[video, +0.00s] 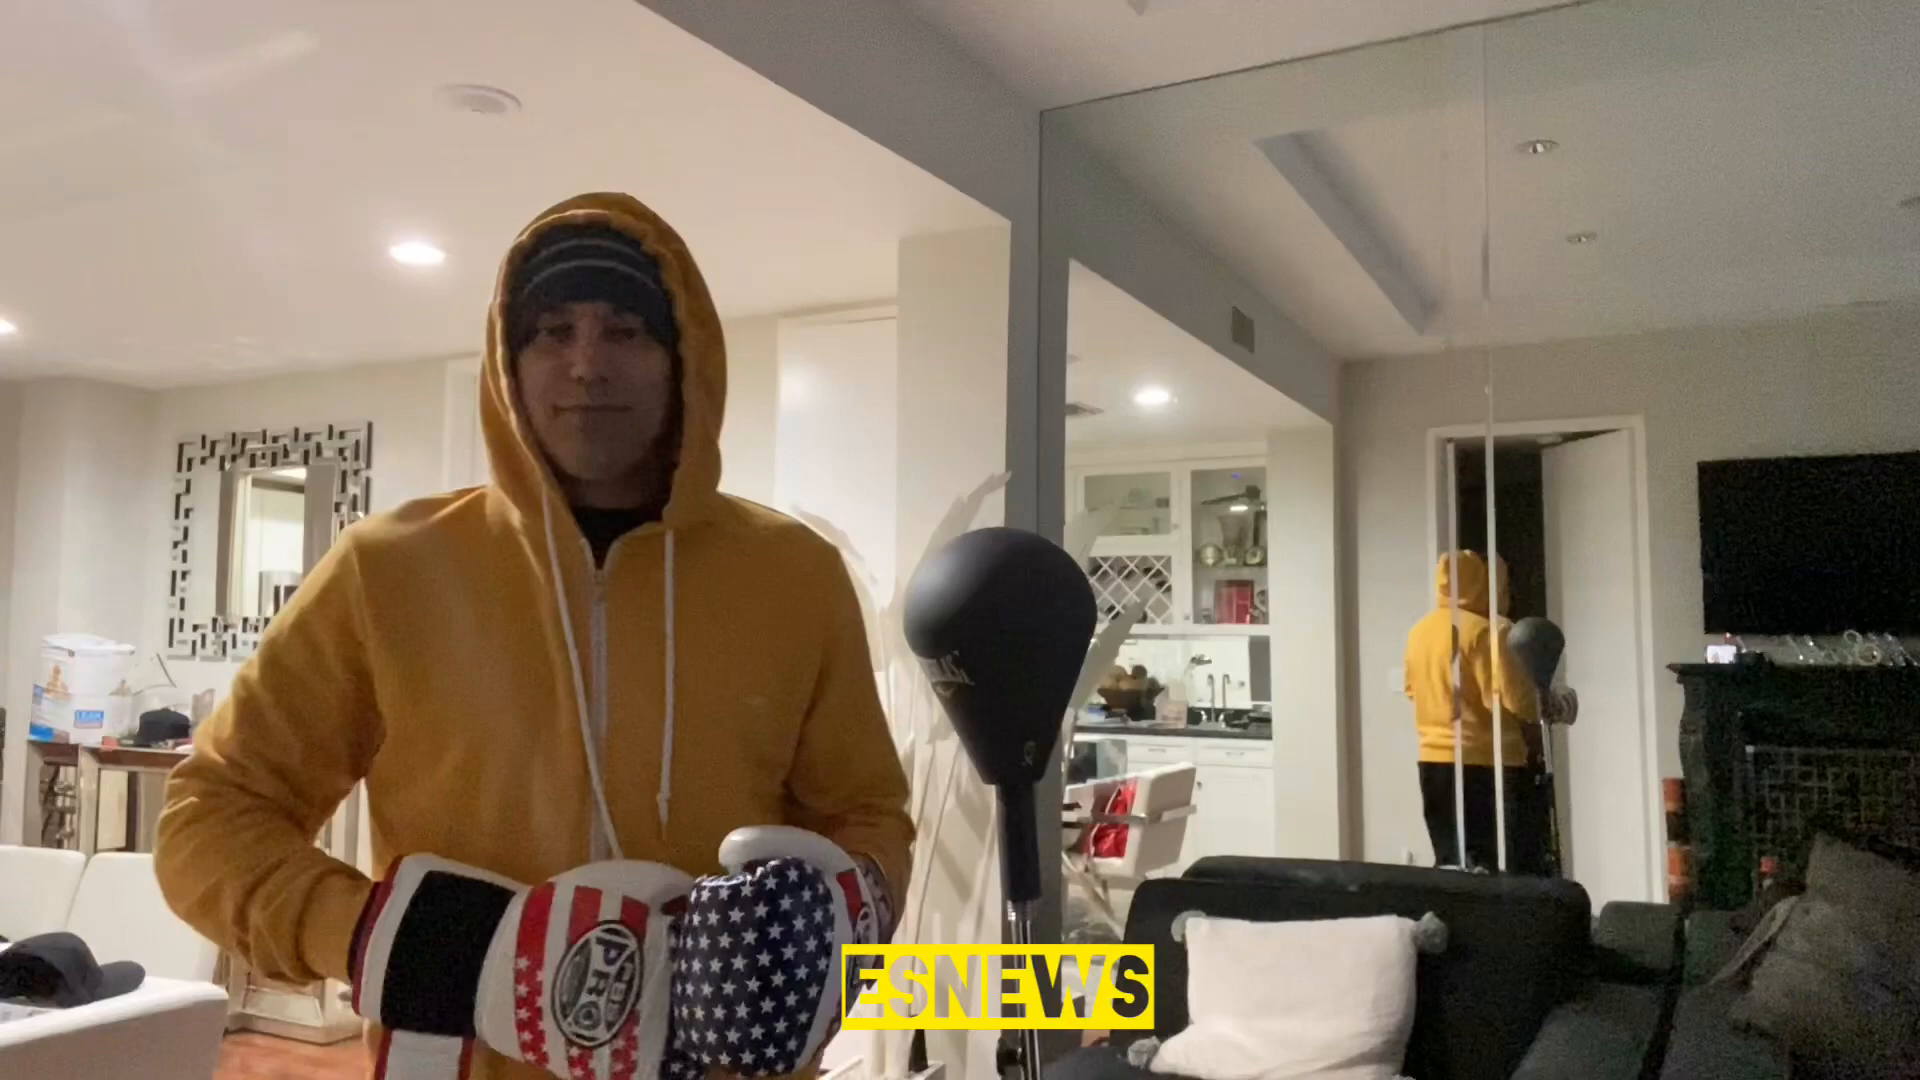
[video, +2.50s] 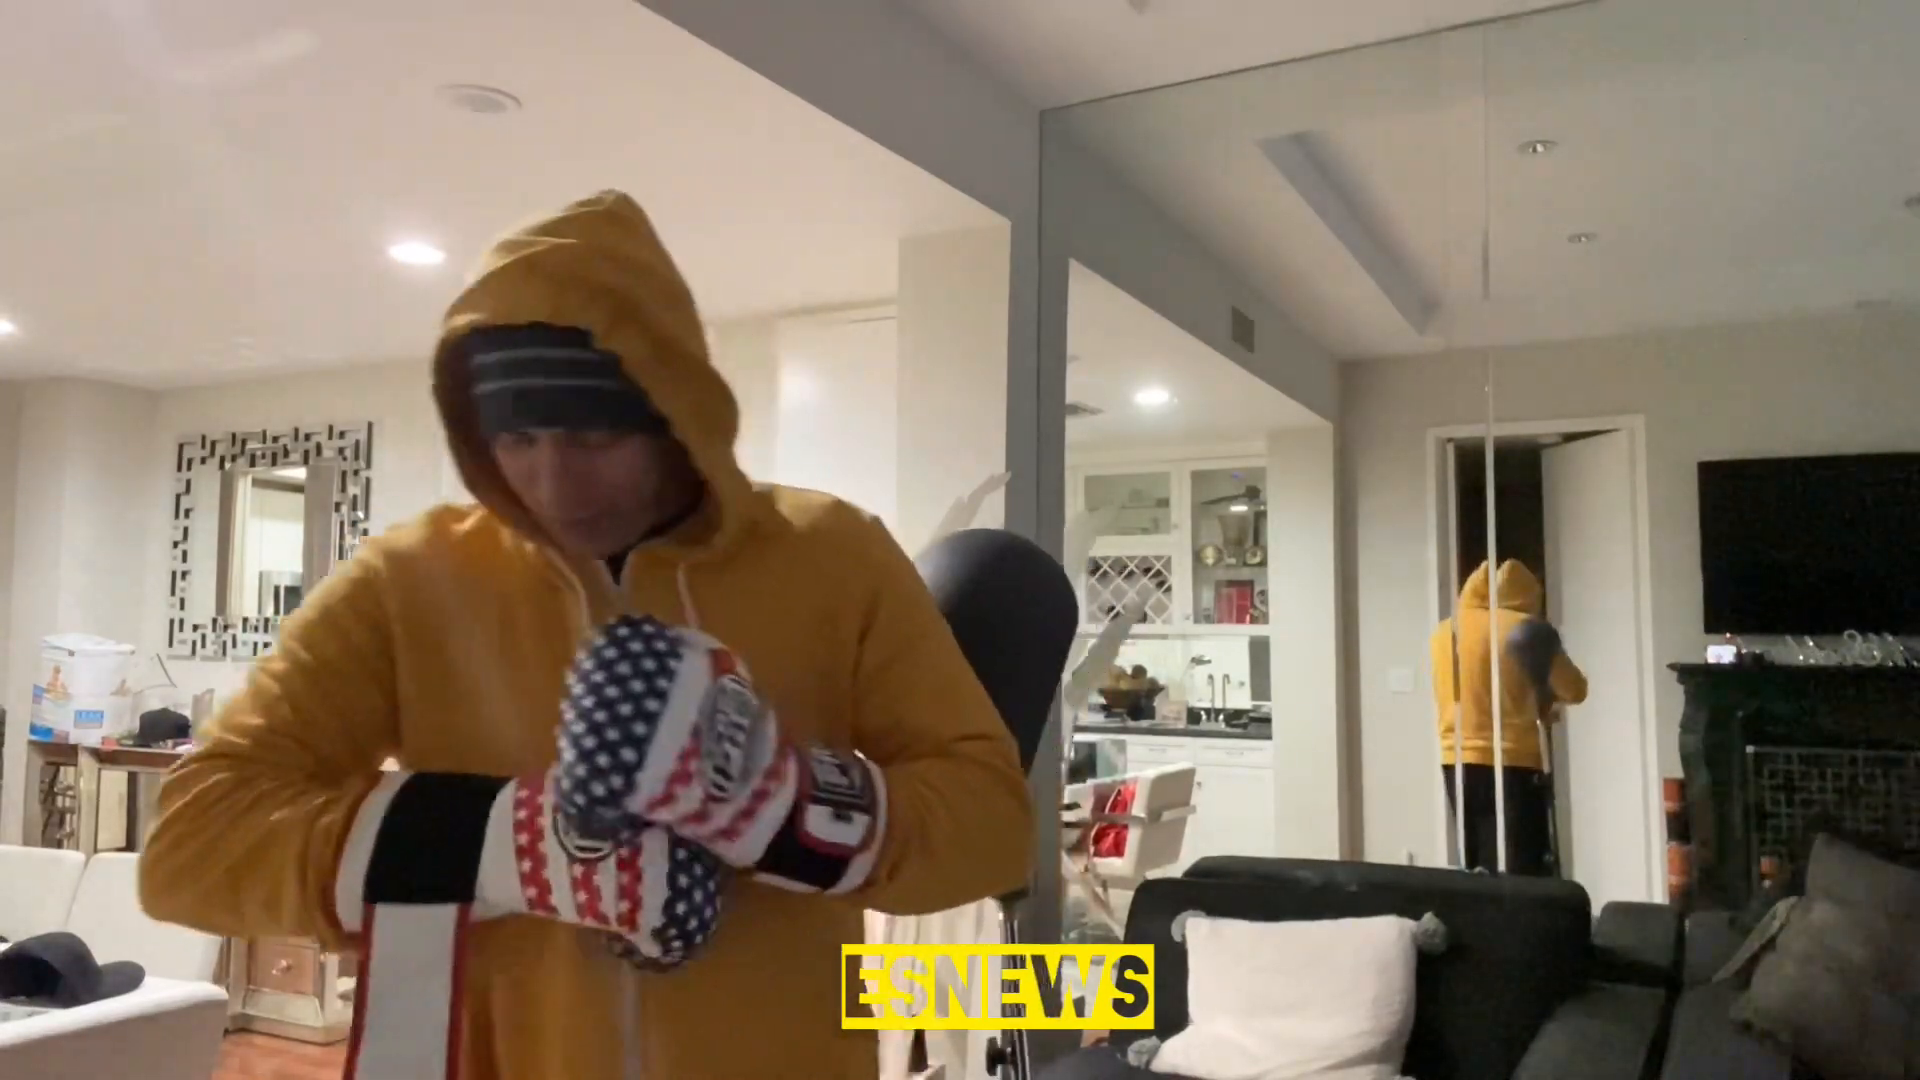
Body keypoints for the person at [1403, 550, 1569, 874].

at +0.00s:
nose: (1503, 593)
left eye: (1503, 585)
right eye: (1498, 585)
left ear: (1444, 585)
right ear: (1480, 585)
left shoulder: (1420, 631)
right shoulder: (1488, 631)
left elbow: (1413, 690)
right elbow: (1516, 699)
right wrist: (1547, 705)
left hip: (1435, 767)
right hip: (1489, 769)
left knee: (1451, 867)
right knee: (1498, 868)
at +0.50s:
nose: (1517, 589)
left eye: (1515, 581)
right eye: (1512, 581)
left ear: (1454, 582)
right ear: (1500, 584)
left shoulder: (1428, 630)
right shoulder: (1509, 631)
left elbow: (1414, 687)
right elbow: (1536, 700)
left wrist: (1455, 699)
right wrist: (1564, 701)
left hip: (1447, 766)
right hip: (1508, 768)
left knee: (1459, 857)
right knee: (1521, 862)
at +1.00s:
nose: (1521, 589)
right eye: (1517, 582)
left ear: (1465, 582)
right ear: (1510, 584)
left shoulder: (1435, 628)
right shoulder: (1518, 630)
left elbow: (1420, 683)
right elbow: (1548, 703)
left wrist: (1463, 691)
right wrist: (1569, 697)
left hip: (1453, 769)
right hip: (1515, 770)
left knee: (1463, 861)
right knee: (1524, 867)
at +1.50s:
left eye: (1453, 581)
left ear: (1456, 584)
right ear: (1507, 583)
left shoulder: (1436, 631)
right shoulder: (1524, 630)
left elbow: (1430, 683)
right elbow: (1557, 705)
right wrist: (1568, 676)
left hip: (1460, 771)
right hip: (1521, 771)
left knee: (1467, 864)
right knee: (1527, 869)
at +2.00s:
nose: (1525, 591)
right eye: (1521, 583)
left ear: (1463, 586)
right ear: (1513, 586)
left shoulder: (1437, 634)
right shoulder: (1528, 633)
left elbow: (1433, 689)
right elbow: (1575, 698)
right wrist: (1558, 657)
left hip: (1463, 770)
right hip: (1524, 770)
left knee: (1477, 860)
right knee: (1529, 867)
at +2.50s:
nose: (1535, 603)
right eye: (1532, 596)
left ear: (1474, 590)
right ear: (1523, 594)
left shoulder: (1443, 633)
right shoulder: (1527, 630)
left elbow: (1455, 693)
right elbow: (1573, 690)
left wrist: (1538, 706)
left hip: (1459, 766)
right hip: (1516, 766)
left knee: (1476, 861)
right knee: (1525, 863)